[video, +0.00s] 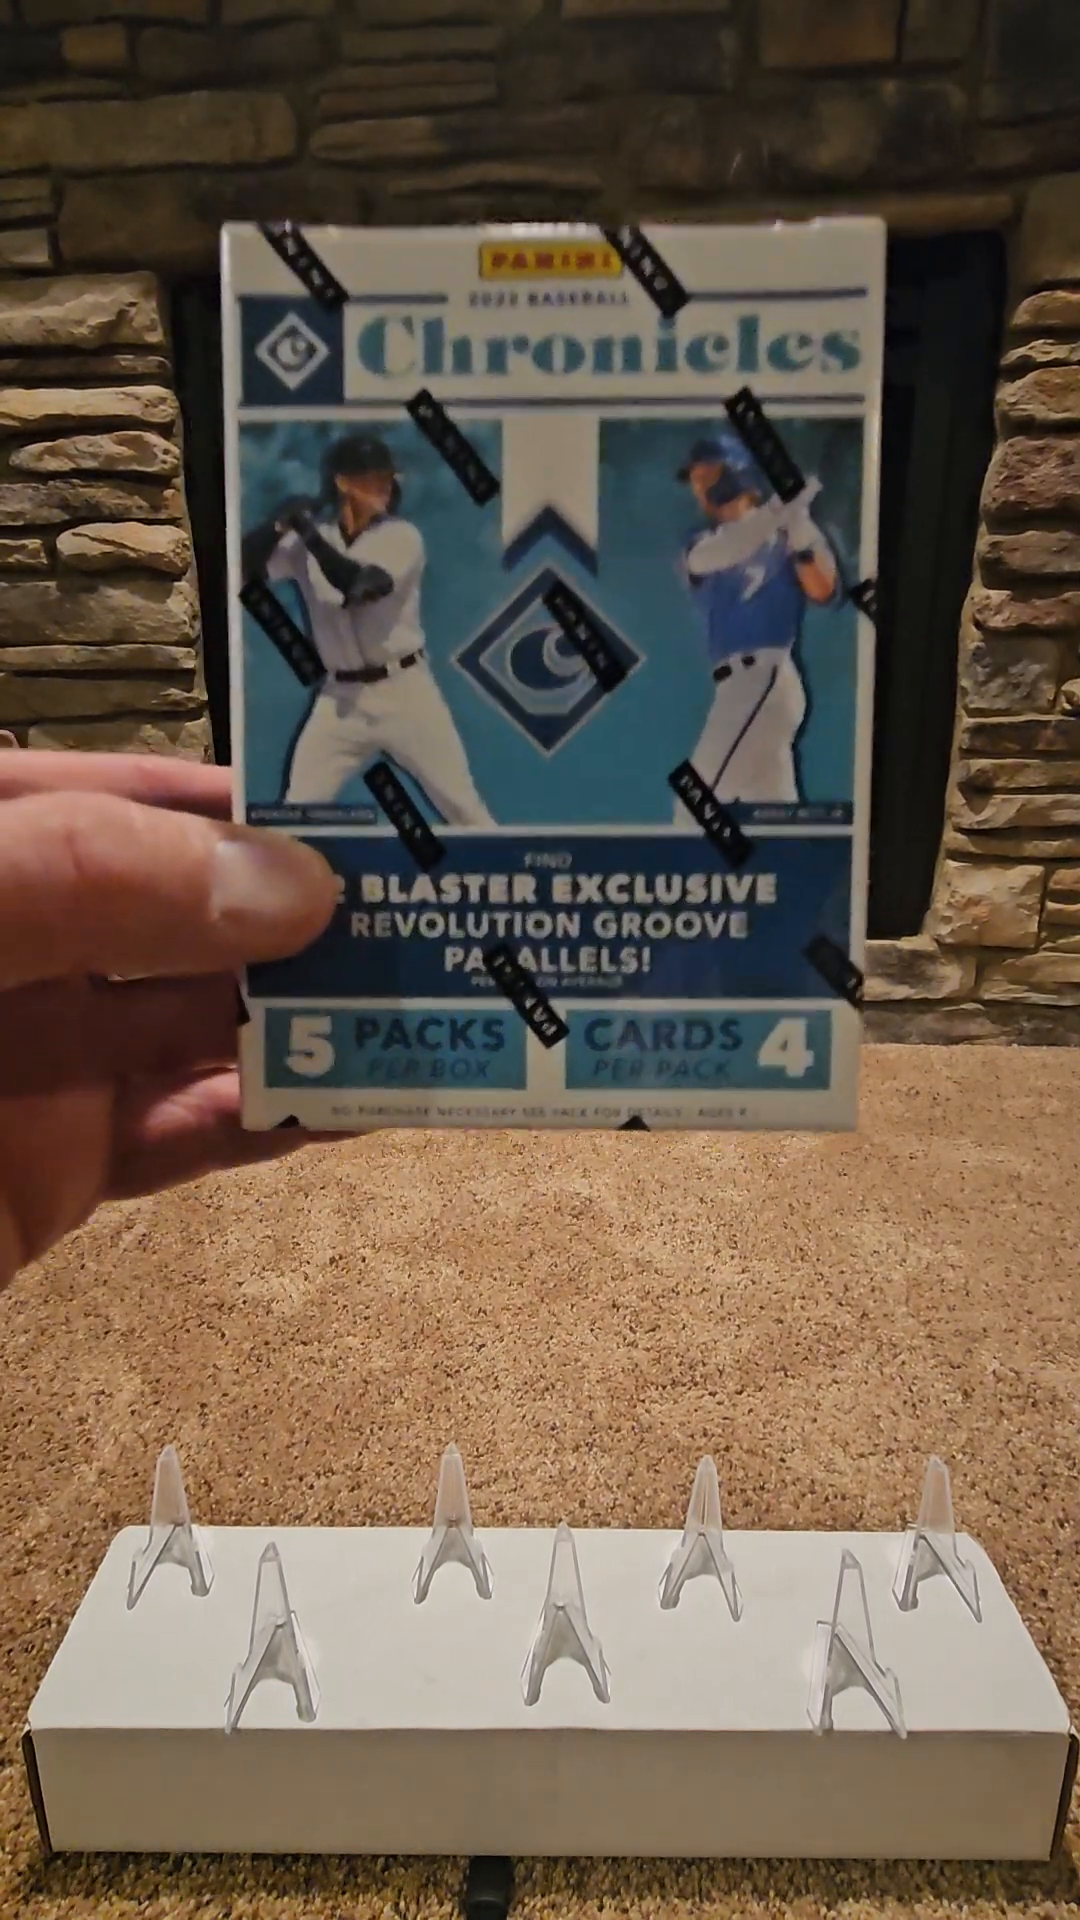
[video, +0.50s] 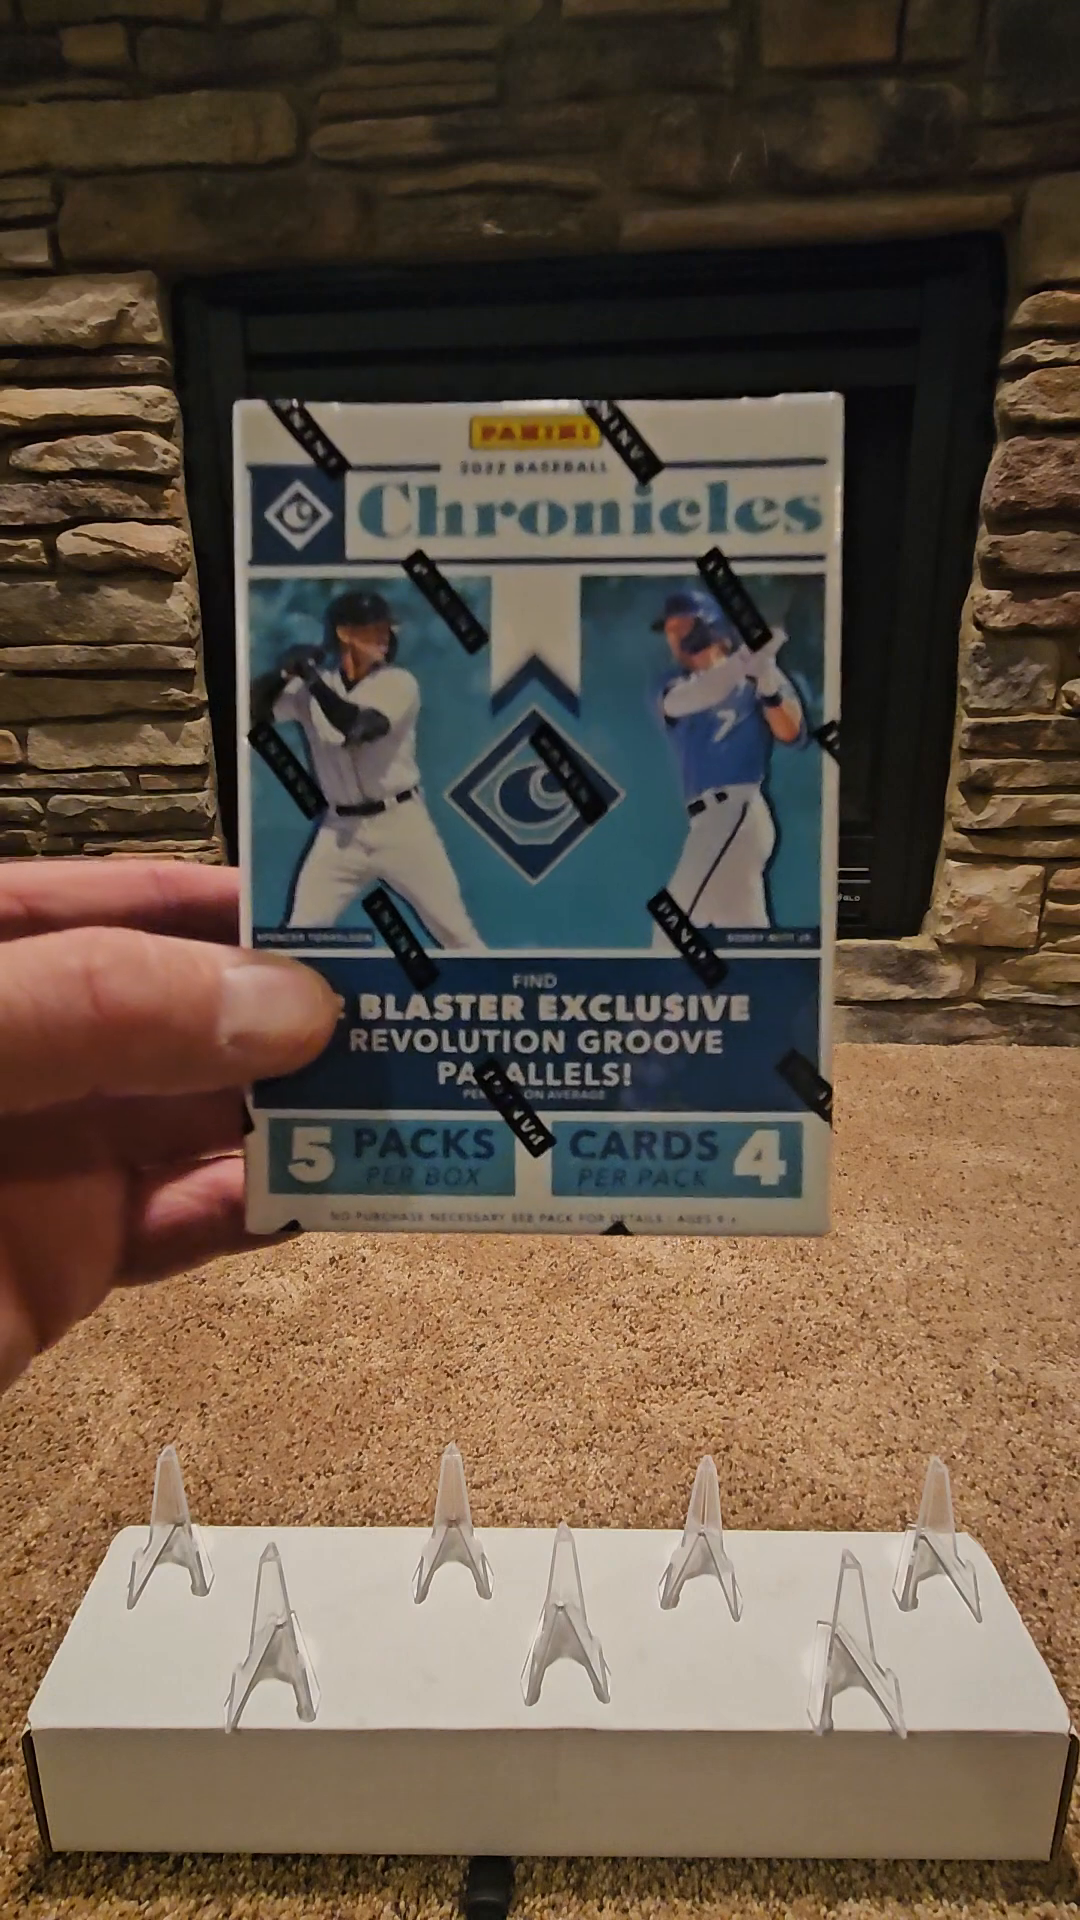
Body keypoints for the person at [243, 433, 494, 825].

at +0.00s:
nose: (384, 483)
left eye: (387, 475)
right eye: (371, 474)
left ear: (393, 482)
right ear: (343, 483)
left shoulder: (401, 536)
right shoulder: (306, 543)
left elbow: (359, 588)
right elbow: (244, 569)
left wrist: (306, 532)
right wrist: (277, 525)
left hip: (407, 692)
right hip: (340, 699)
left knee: (462, 806)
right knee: (299, 815)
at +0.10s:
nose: (374, 549)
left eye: (379, 541)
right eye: (362, 540)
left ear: (387, 549)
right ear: (337, 547)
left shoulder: (396, 599)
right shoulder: (304, 604)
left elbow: (355, 646)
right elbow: (245, 631)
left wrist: (306, 595)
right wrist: (274, 589)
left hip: (399, 747)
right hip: (334, 753)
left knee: (454, 861)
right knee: (294, 864)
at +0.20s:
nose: (378, 597)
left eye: (379, 590)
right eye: (367, 589)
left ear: (382, 596)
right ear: (337, 595)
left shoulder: (390, 647)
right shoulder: (300, 651)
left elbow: (348, 691)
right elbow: (242, 671)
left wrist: (302, 638)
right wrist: (273, 633)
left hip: (391, 792)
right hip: (328, 796)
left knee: (444, 902)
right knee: (285, 904)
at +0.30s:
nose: (371, 597)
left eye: (372, 589)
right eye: (360, 589)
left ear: (376, 595)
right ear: (330, 596)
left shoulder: (383, 646)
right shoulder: (294, 652)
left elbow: (342, 691)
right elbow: (238, 673)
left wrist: (296, 640)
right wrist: (266, 634)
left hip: (386, 791)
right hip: (323, 796)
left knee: (439, 899)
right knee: (282, 903)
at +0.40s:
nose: (381, 613)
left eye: (382, 605)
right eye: (369, 605)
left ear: (386, 611)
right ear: (341, 612)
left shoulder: (394, 661)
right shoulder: (305, 668)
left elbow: (350, 708)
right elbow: (245, 693)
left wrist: (306, 655)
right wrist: (278, 651)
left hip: (397, 807)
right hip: (334, 812)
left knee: (450, 914)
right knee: (295, 919)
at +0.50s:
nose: (384, 635)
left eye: (386, 627)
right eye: (373, 627)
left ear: (390, 633)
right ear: (344, 634)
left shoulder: (398, 683)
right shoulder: (309, 691)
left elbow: (357, 728)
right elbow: (252, 712)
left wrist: (311, 677)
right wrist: (282, 674)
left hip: (402, 826)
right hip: (340, 832)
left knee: (456, 933)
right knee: (301, 938)